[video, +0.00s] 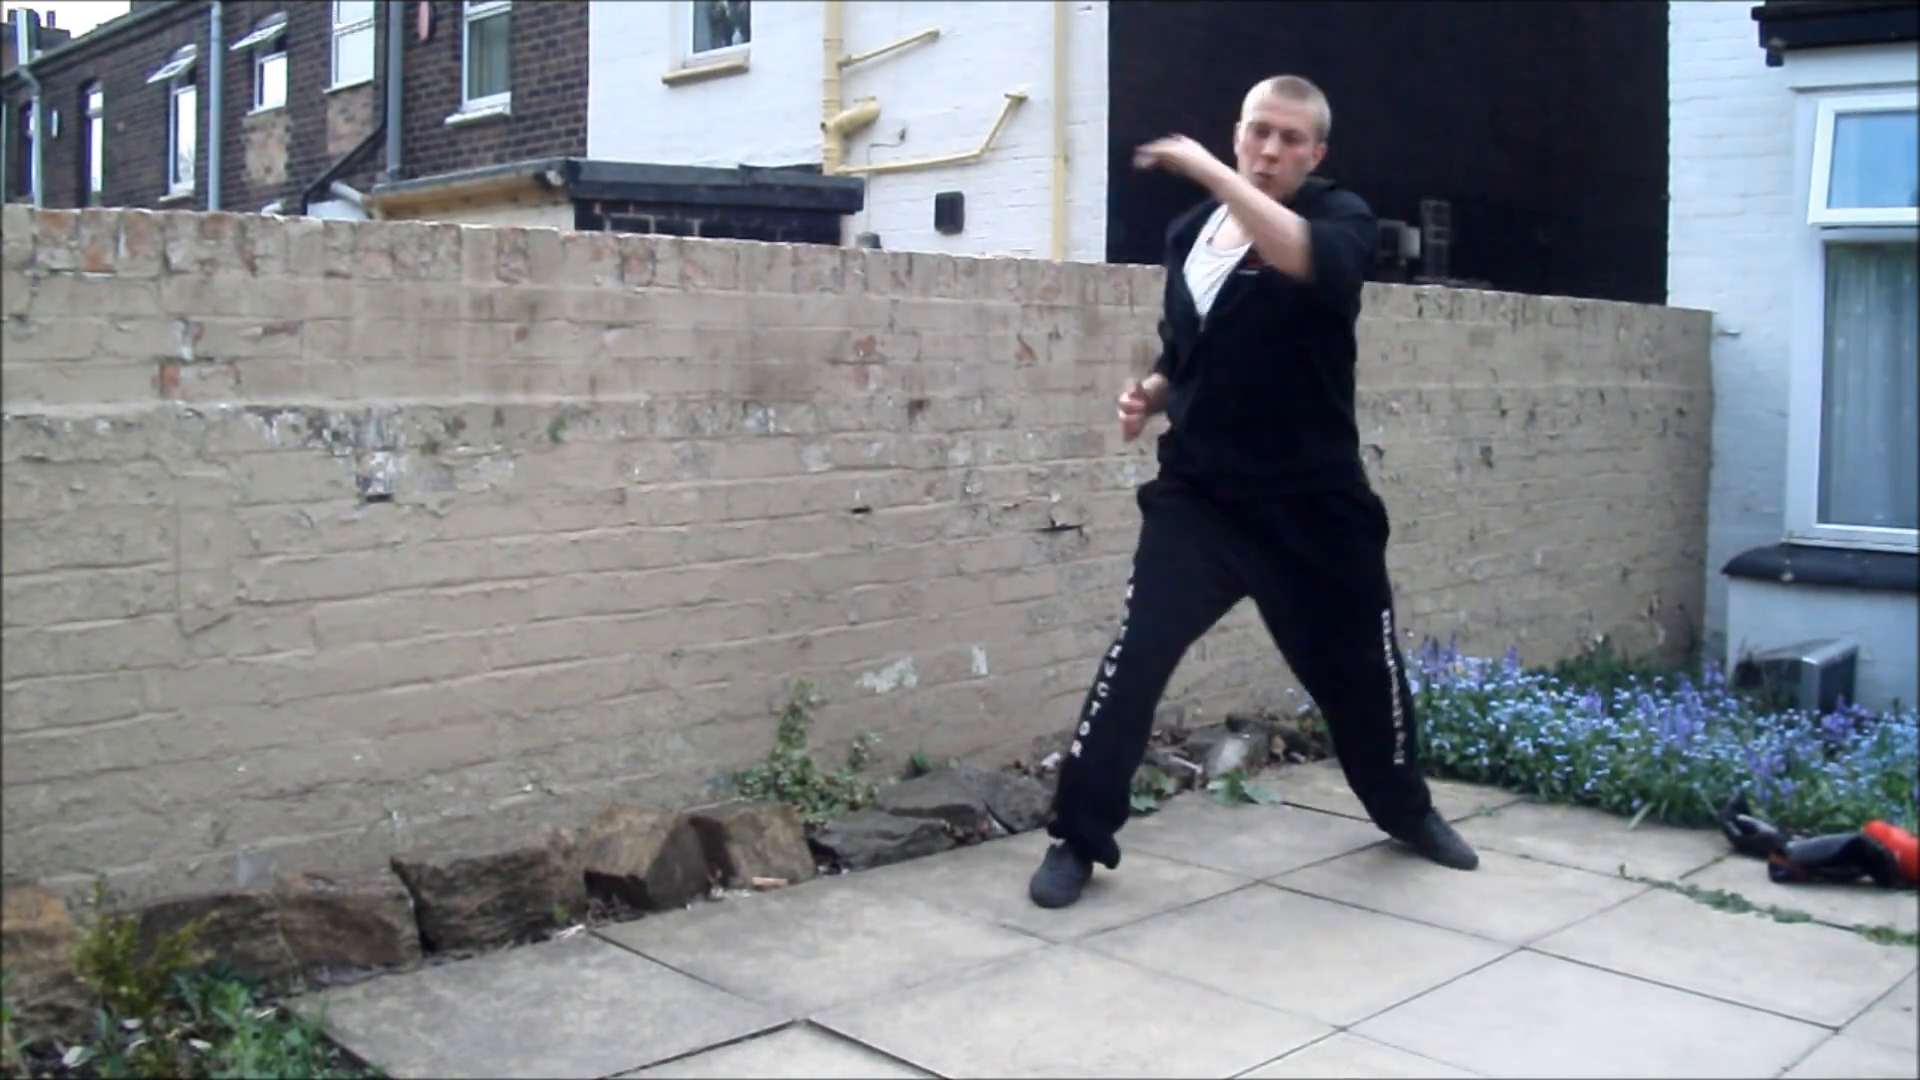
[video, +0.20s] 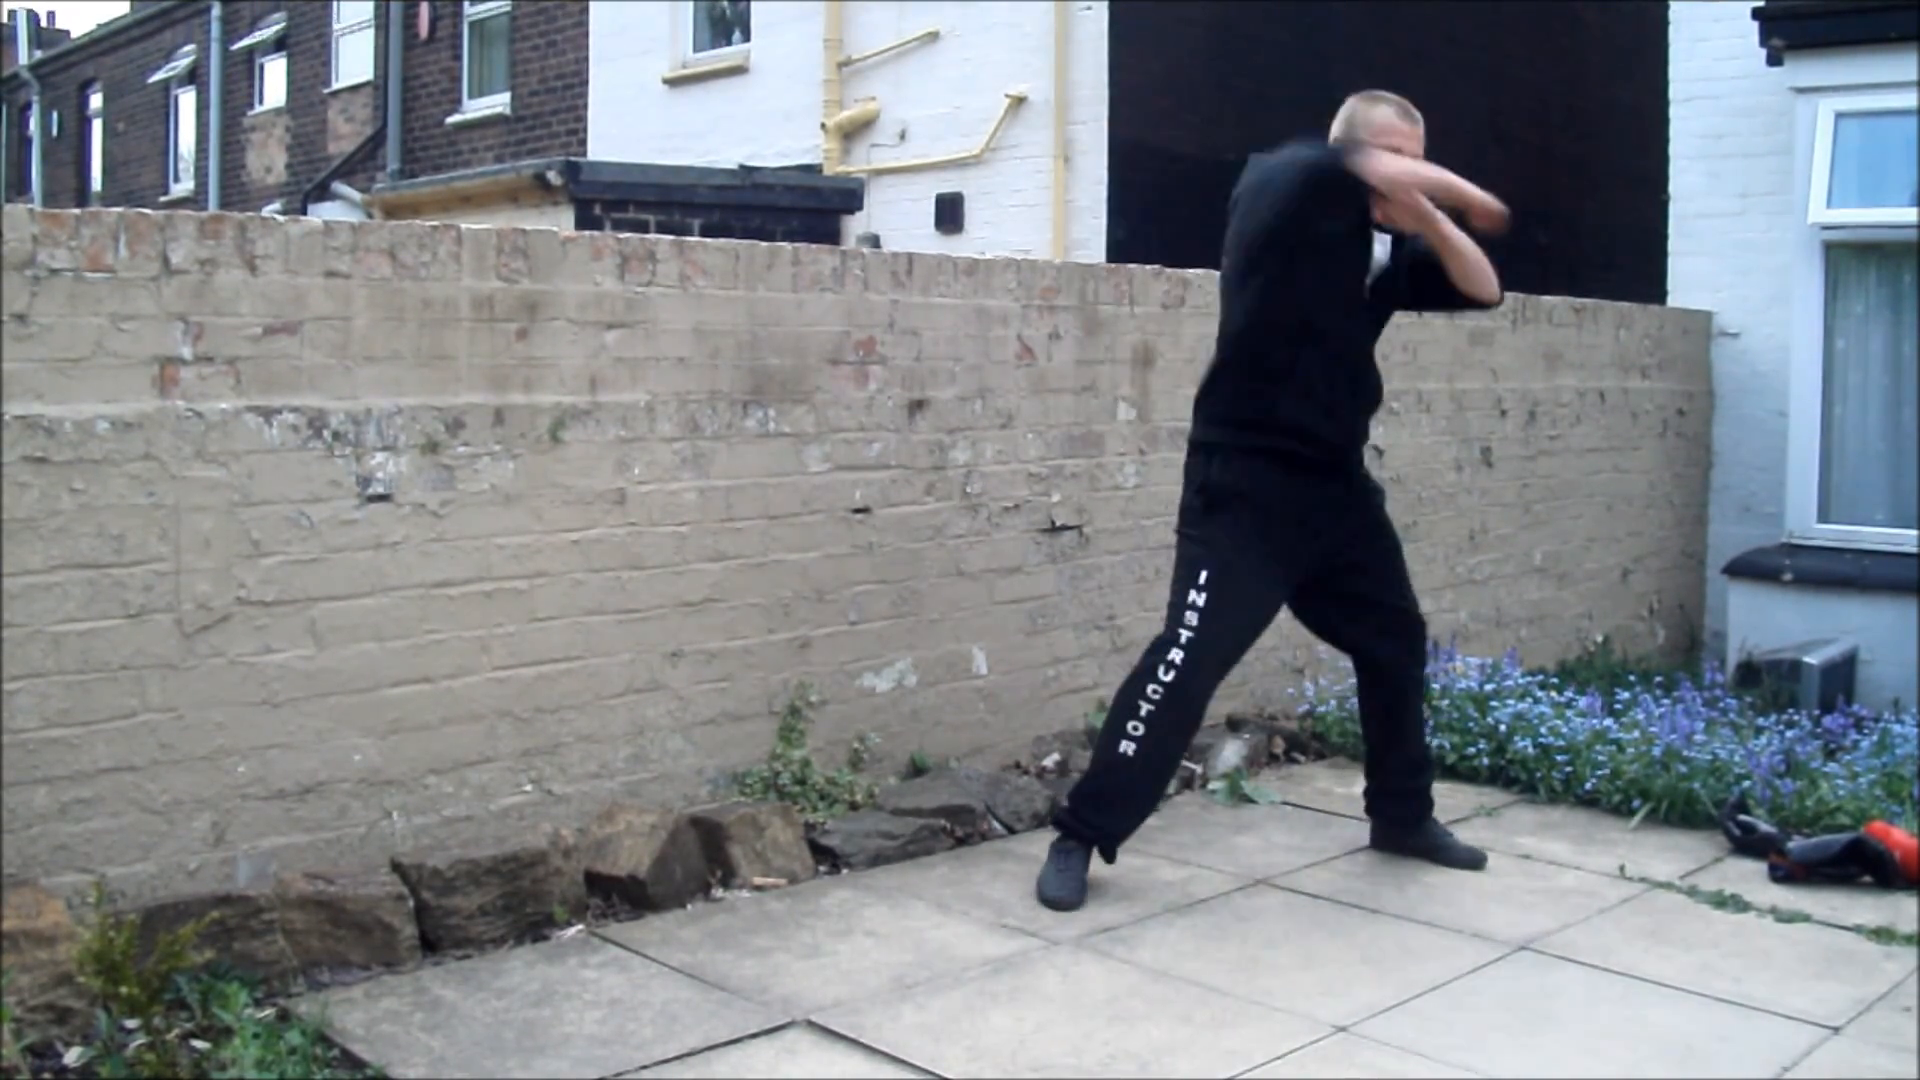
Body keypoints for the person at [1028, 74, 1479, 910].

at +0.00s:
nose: (1269, 150)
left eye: (1290, 139)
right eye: (1259, 132)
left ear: (1318, 153)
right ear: (1233, 134)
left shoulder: (1340, 216)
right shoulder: (1191, 233)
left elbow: (1315, 263)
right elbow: (1185, 348)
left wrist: (1209, 171)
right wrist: (1154, 389)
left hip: (1316, 506)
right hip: (1201, 502)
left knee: (1365, 669)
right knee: (1136, 658)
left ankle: (1406, 811)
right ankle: (1073, 840)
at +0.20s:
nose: (1414, 176)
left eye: (1419, 164)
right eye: (1404, 161)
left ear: (1413, 167)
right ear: (1358, 149)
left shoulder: (1387, 249)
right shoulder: (1279, 184)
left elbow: (1482, 287)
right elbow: (1376, 172)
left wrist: (1413, 199)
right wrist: (1466, 195)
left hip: (1335, 483)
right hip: (1243, 471)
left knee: (1396, 642)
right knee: (1192, 649)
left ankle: (1402, 820)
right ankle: (1081, 835)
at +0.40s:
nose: (1466, 212)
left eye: (1475, 198)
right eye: (1454, 193)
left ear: (1475, 202)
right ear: (1401, 183)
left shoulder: (1434, 269)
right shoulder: (1329, 258)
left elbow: (1508, 360)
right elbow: (1308, 405)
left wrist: (1484, 293)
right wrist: (1419, 402)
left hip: (1385, 512)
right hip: (1292, 510)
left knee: (1440, 651)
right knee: (1219, 669)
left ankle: (1406, 818)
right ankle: (1095, 833)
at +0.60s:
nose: (1406, 106)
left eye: (1421, 91)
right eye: (1390, 90)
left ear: (1439, 98)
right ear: (1357, 92)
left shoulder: (1463, 179)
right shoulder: (1303, 165)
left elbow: (1482, 290)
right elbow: (1246, 290)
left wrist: (1429, 186)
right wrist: (1343, 245)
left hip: (1411, 438)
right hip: (1305, 431)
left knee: (1411, 624)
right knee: (1284, 616)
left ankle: (1409, 801)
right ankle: (1237, 789)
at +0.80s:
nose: (1363, 145)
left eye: (1380, 131)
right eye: (1350, 131)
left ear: (1412, 136)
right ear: (1332, 136)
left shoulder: (1461, 224)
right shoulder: (1291, 232)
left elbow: (1447, 346)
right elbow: (1236, 359)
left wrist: (1401, 236)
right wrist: (1295, 295)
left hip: (1421, 485)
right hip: (1308, 479)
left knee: (1428, 655)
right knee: (1272, 635)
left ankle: (1407, 814)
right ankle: (1270, 784)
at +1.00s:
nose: (1379, 131)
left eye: (1395, 116)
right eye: (1363, 116)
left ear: (1422, 123)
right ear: (1339, 122)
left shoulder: (1450, 209)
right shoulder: (1291, 200)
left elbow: (1476, 305)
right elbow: (1194, 311)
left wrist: (1424, 202)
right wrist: (1263, 257)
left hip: (1395, 474)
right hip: (1289, 467)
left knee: (1404, 647)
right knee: (1238, 640)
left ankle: (1404, 814)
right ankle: (1148, 824)